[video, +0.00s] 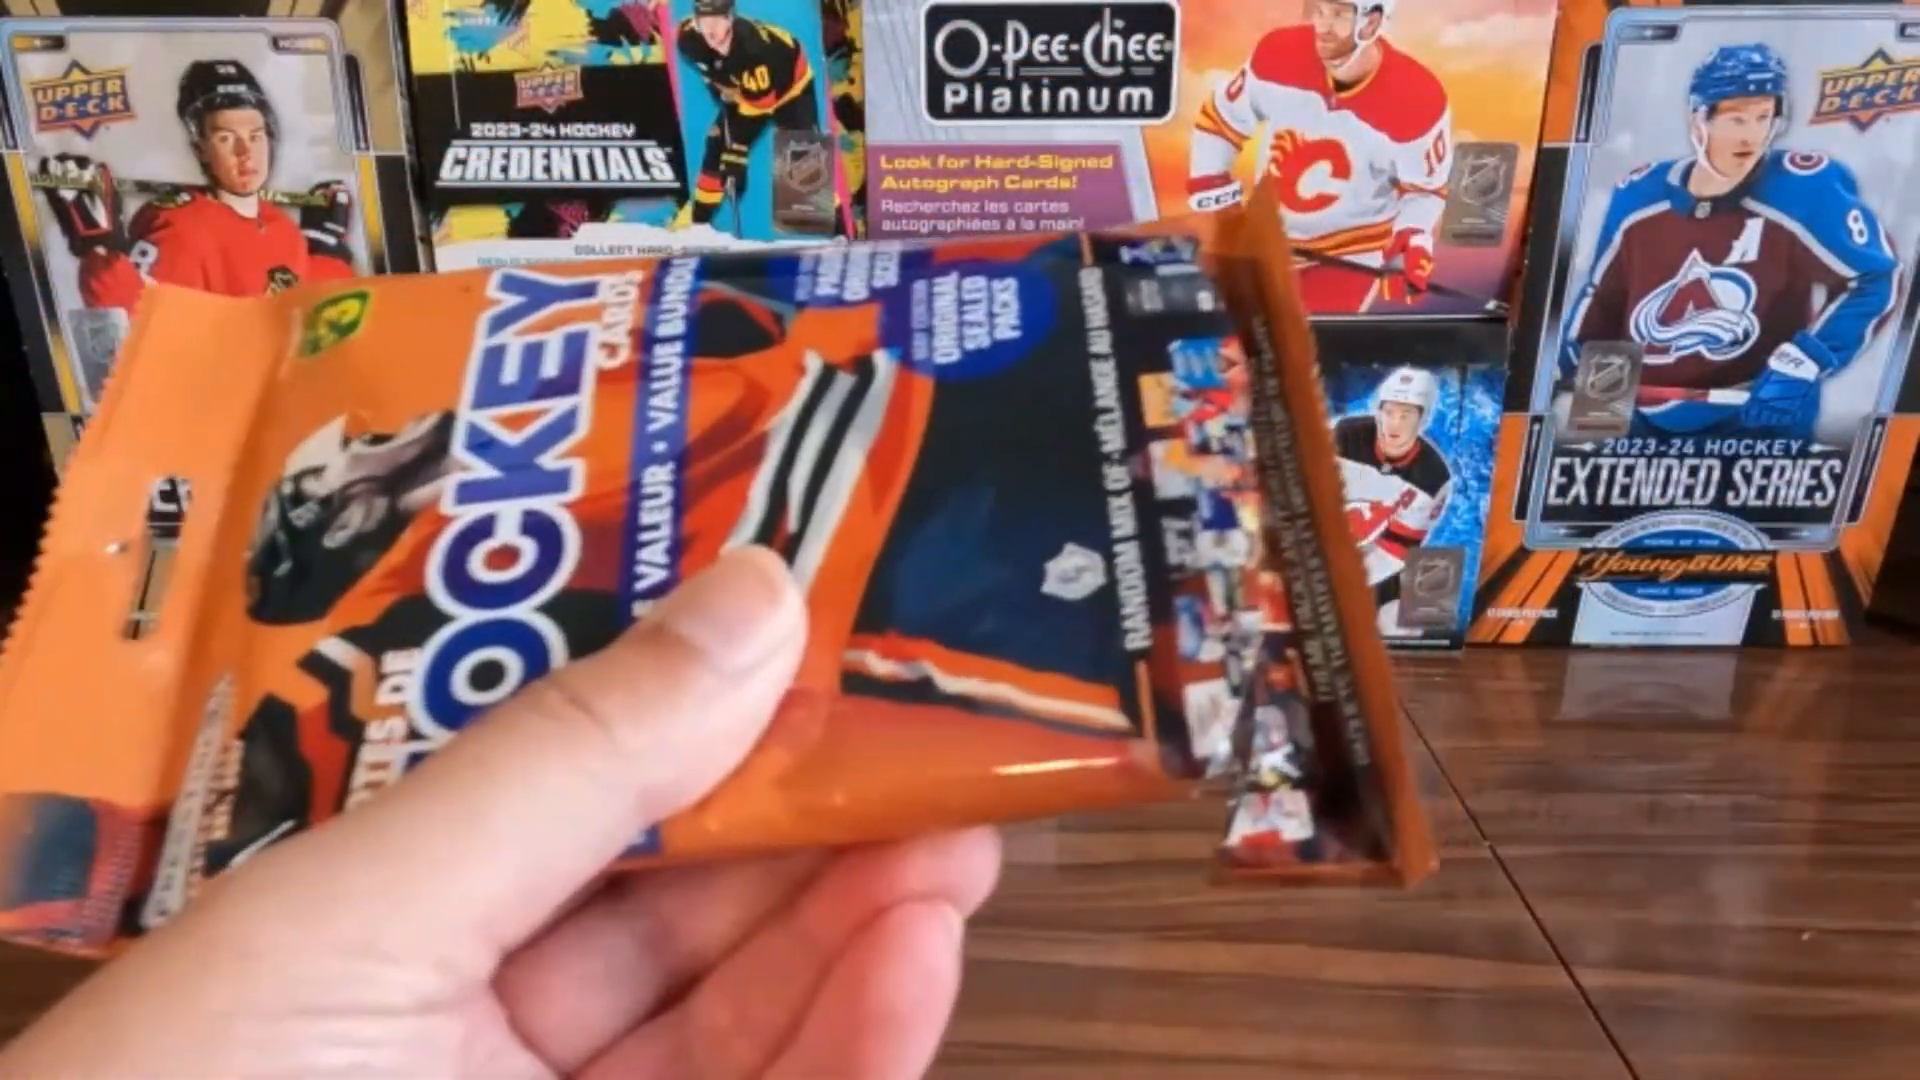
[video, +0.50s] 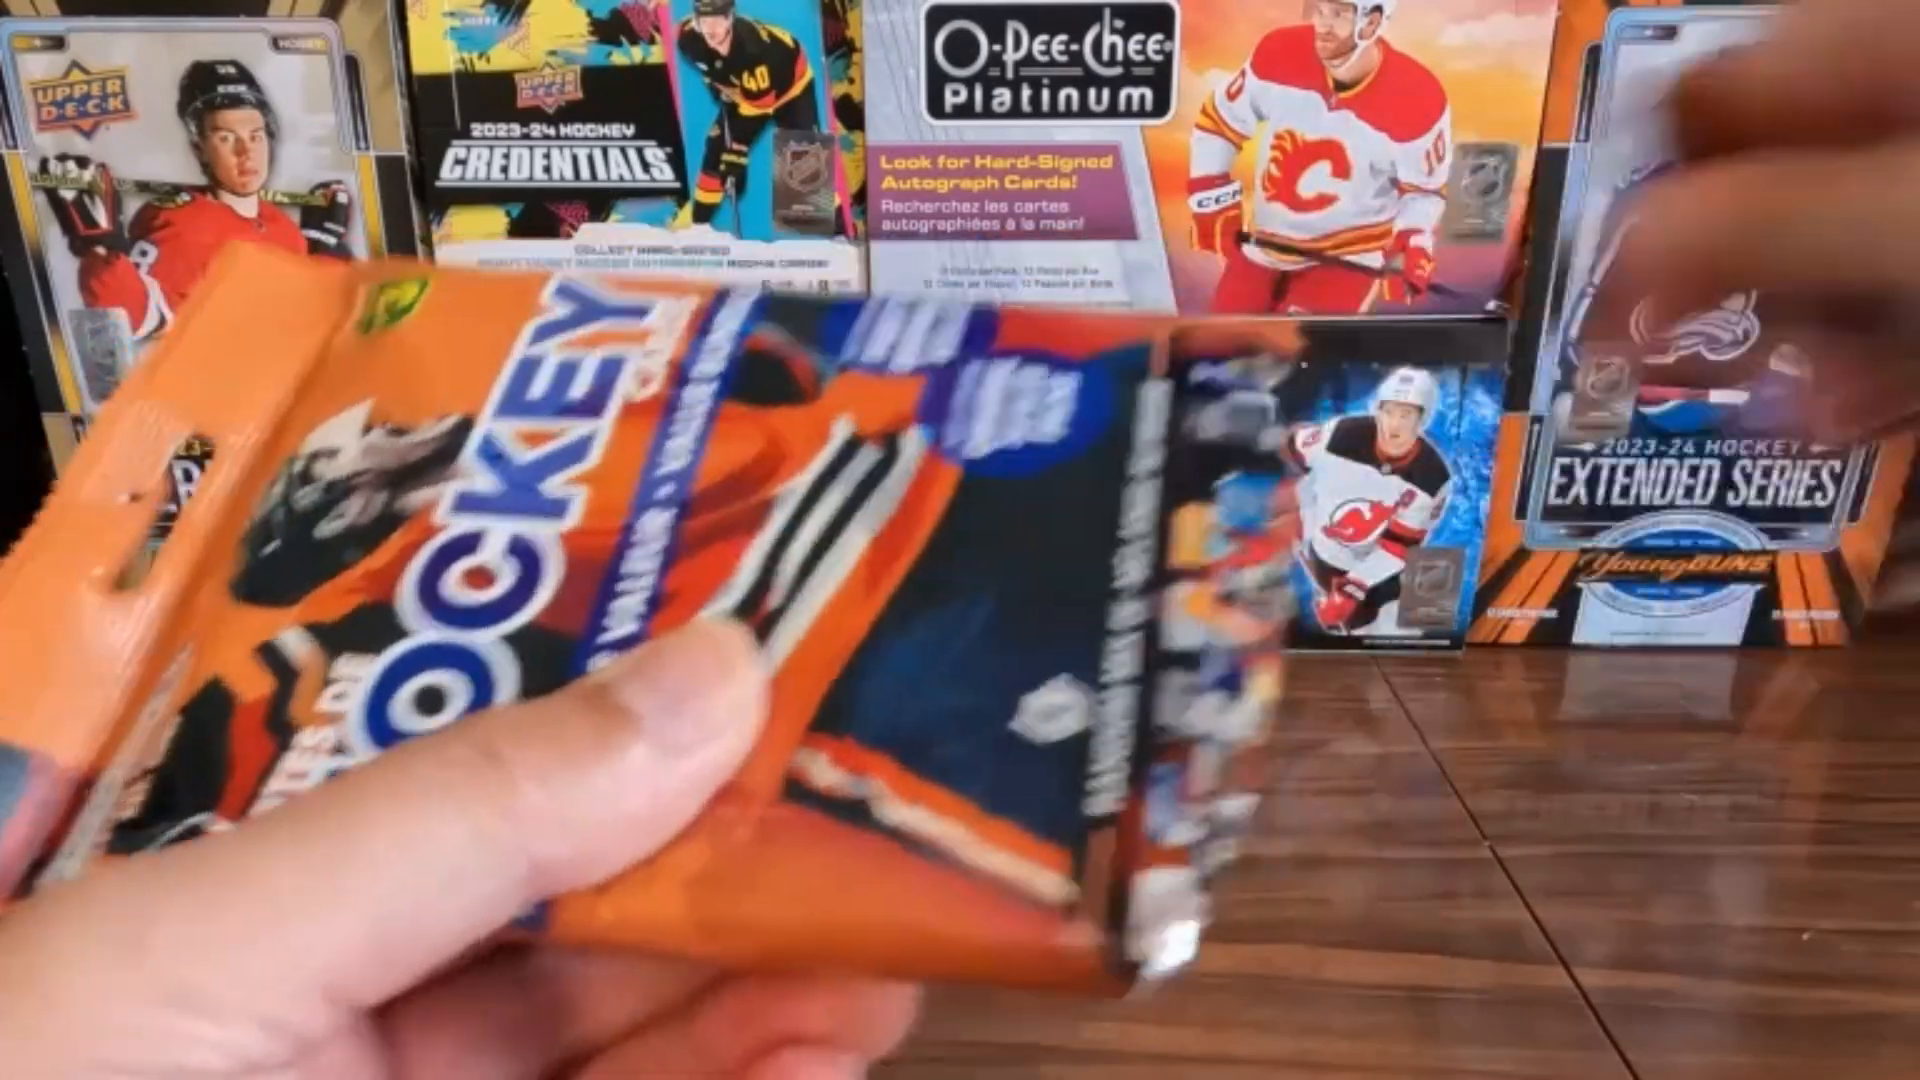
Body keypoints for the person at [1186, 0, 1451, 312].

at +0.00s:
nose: (1323, 27)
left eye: (1339, 14)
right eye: (1317, 11)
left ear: (1373, 21)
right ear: (1309, 11)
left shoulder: (1416, 96)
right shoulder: (1276, 56)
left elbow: (1423, 190)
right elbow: (1216, 125)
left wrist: (1414, 248)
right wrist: (1221, 215)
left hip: (1356, 259)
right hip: (1269, 248)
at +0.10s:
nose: (1323, 26)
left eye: (1339, 14)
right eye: (1318, 11)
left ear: (1372, 22)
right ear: (1309, 11)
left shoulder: (1416, 96)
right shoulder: (1276, 56)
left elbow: (1423, 191)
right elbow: (1216, 126)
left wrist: (1414, 249)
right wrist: (1214, 216)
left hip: (1349, 262)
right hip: (1265, 251)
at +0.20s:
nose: (1323, 26)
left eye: (1339, 14)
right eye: (1318, 11)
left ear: (1372, 22)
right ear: (1309, 11)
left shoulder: (1417, 96)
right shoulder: (1276, 56)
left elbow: (1423, 191)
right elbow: (1216, 127)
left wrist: (1414, 250)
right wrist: (1216, 219)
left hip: (1348, 262)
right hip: (1262, 251)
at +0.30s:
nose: (1322, 26)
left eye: (1339, 14)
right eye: (1317, 11)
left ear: (1373, 23)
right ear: (1308, 10)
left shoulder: (1417, 96)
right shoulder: (1277, 55)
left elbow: (1424, 190)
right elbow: (1216, 126)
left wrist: (1413, 250)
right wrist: (1217, 217)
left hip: (1354, 260)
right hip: (1270, 245)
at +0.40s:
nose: (1324, 26)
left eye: (1339, 14)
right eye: (1319, 11)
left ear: (1372, 21)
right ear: (1309, 11)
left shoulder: (1419, 98)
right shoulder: (1277, 53)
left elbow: (1424, 200)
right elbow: (1217, 125)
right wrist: (1204, 207)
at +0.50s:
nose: (1323, 26)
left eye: (1339, 14)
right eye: (1317, 11)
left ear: (1373, 23)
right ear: (1308, 11)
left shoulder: (1417, 95)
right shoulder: (1277, 56)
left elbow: (1423, 191)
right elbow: (1216, 125)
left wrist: (1415, 250)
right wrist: (1214, 203)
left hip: (1348, 261)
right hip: (1262, 248)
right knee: (1214, 362)